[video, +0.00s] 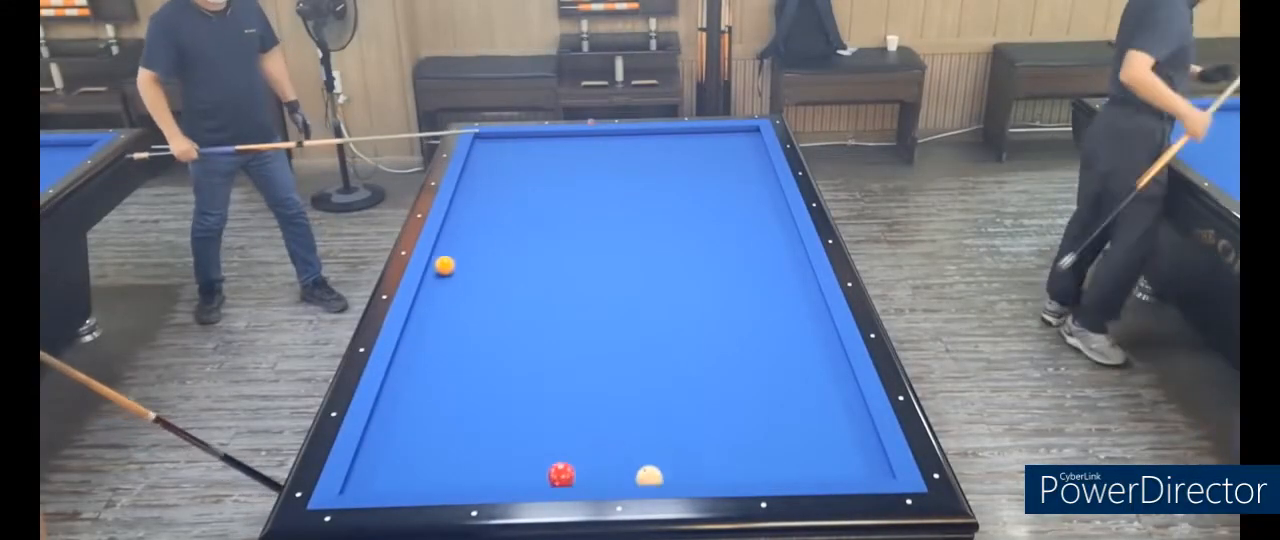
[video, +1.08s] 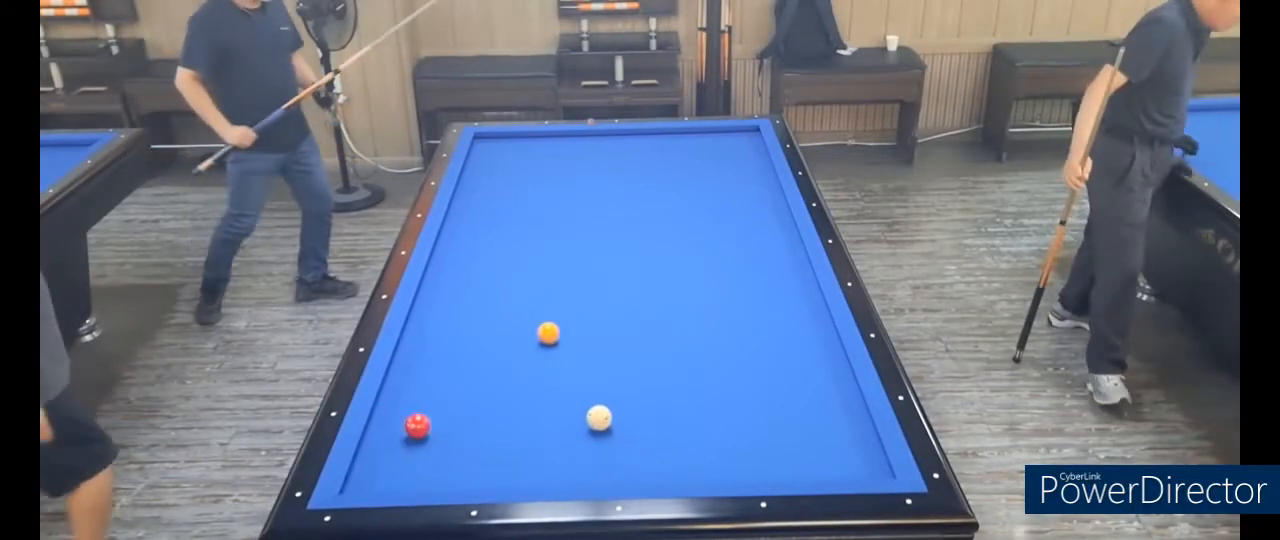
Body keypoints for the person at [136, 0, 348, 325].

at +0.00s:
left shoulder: (247, 7)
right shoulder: (168, 20)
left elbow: (270, 54)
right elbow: (147, 80)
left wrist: (293, 105)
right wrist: (175, 137)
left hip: (262, 136)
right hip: (210, 145)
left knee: (292, 209)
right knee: (209, 222)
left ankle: (313, 283)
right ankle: (210, 291)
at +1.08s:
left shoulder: (275, 8)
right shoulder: (207, 20)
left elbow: (291, 57)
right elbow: (186, 80)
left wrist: (317, 88)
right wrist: (226, 129)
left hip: (296, 137)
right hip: (251, 146)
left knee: (319, 203)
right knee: (240, 222)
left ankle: (313, 280)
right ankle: (212, 290)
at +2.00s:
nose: (447, 6)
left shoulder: (372, 8)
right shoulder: (425, 27)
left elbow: (356, 45)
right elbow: (470, 84)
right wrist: (522, 109)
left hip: (359, 122)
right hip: (393, 131)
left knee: (358, 193)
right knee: (431, 205)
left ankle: (330, 268)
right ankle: (440, 277)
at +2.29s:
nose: (491, 9)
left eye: (492, 5)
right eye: (490, 4)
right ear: (477, 2)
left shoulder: (406, 4)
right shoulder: (470, 33)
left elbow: (377, 35)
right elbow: (524, 82)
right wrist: (572, 110)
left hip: (373, 112)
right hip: (408, 123)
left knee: (378, 198)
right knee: (439, 203)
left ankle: (370, 273)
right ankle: (446, 276)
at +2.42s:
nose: (497, 4)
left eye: (499, 0)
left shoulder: (413, 3)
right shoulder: (469, 29)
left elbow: (385, 38)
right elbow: (522, 82)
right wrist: (568, 110)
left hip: (378, 117)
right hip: (412, 127)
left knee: (388, 201)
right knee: (433, 206)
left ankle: (378, 283)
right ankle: (429, 286)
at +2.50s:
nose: (493, 6)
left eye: (495, 2)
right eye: (491, 1)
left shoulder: (415, 3)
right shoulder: (465, 32)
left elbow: (390, 40)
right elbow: (510, 92)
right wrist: (554, 111)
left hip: (381, 114)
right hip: (413, 126)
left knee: (392, 202)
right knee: (431, 209)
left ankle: (381, 283)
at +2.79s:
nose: (466, 4)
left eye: (467, 2)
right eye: (463, 1)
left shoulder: (404, 7)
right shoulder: (428, 30)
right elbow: (439, 106)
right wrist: (483, 128)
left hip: (381, 131)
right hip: (407, 142)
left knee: (392, 212)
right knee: (429, 215)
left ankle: (380, 287)